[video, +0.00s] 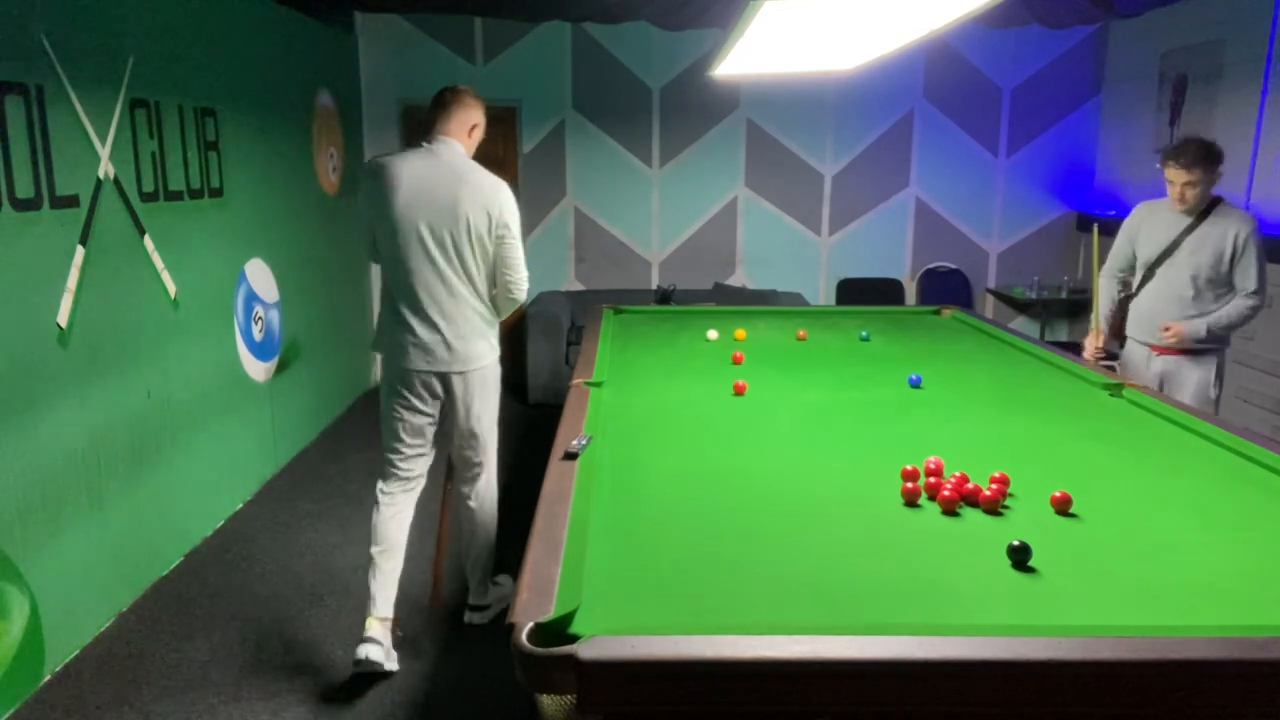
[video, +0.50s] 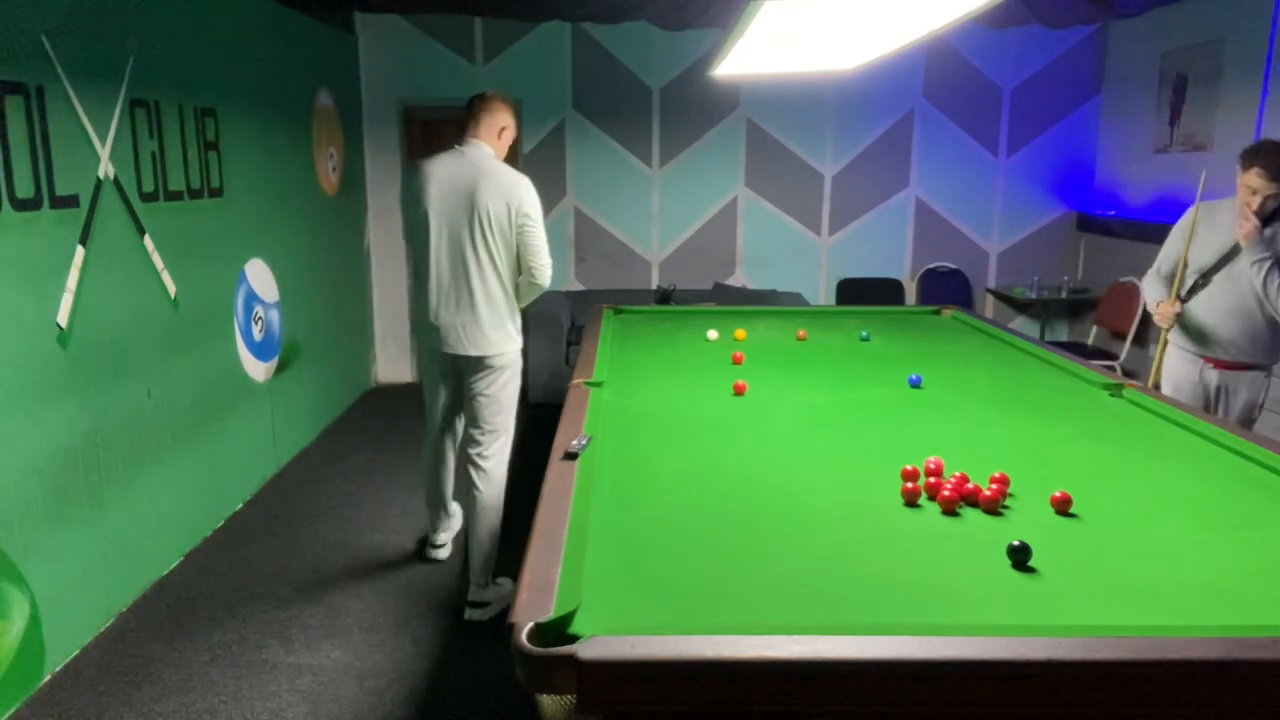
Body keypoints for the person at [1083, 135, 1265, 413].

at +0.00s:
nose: (1177, 194)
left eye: (1190, 185)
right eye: (1170, 183)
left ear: (1214, 179)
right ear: (1164, 176)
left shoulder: (1238, 228)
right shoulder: (1143, 215)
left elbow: (1251, 297)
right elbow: (1112, 275)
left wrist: (1198, 329)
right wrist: (1100, 329)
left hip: (1194, 366)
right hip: (1136, 357)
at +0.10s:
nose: (1208, 198)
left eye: (1221, 188)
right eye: (1200, 185)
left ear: (1242, 183)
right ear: (1192, 177)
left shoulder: (1263, 228)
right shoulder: (1165, 217)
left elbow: (1272, 298)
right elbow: (1132, 277)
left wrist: (1215, 286)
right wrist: (1121, 329)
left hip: (1212, 369)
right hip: (1150, 359)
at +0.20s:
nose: (1227, 201)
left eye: (1240, 192)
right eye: (1219, 188)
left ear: (1257, 185)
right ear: (1209, 176)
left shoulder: (1272, 227)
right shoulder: (1179, 216)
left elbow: (1275, 299)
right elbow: (1146, 275)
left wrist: (1229, 256)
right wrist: (1137, 319)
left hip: (1223, 371)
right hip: (1161, 358)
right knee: (1132, 453)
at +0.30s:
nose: (1241, 201)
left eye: (1254, 193)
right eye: (1234, 188)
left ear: (1269, 189)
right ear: (1222, 175)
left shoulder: (1274, 228)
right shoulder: (1189, 215)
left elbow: (1276, 302)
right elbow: (1153, 273)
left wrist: (1244, 244)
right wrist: (1147, 308)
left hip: (1232, 373)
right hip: (1170, 358)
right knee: (1145, 457)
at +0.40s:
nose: (1248, 201)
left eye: (1261, 194)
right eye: (1242, 189)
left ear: (1275, 191)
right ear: (1230, 177)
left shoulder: (1276, 231)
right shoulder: (1194, 216)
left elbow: (1278, 305)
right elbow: (1154, 273)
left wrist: (1251, 245)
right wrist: (1151, 304)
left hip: (1239, 373)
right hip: (1176, 359)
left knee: (1215, 465)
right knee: (1159, 458)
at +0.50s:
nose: (1257, 204)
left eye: (1270, 197)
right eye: (1250, 191)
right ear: (1238, 180)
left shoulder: (1276, 233)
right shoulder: (1200, 217)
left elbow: (1278, 308)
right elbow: (1155, 275)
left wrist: (1257, 250)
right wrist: (1159, 303)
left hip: (1247, 375)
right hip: (1184, 363)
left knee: (1223, 470)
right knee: (1171, 464)